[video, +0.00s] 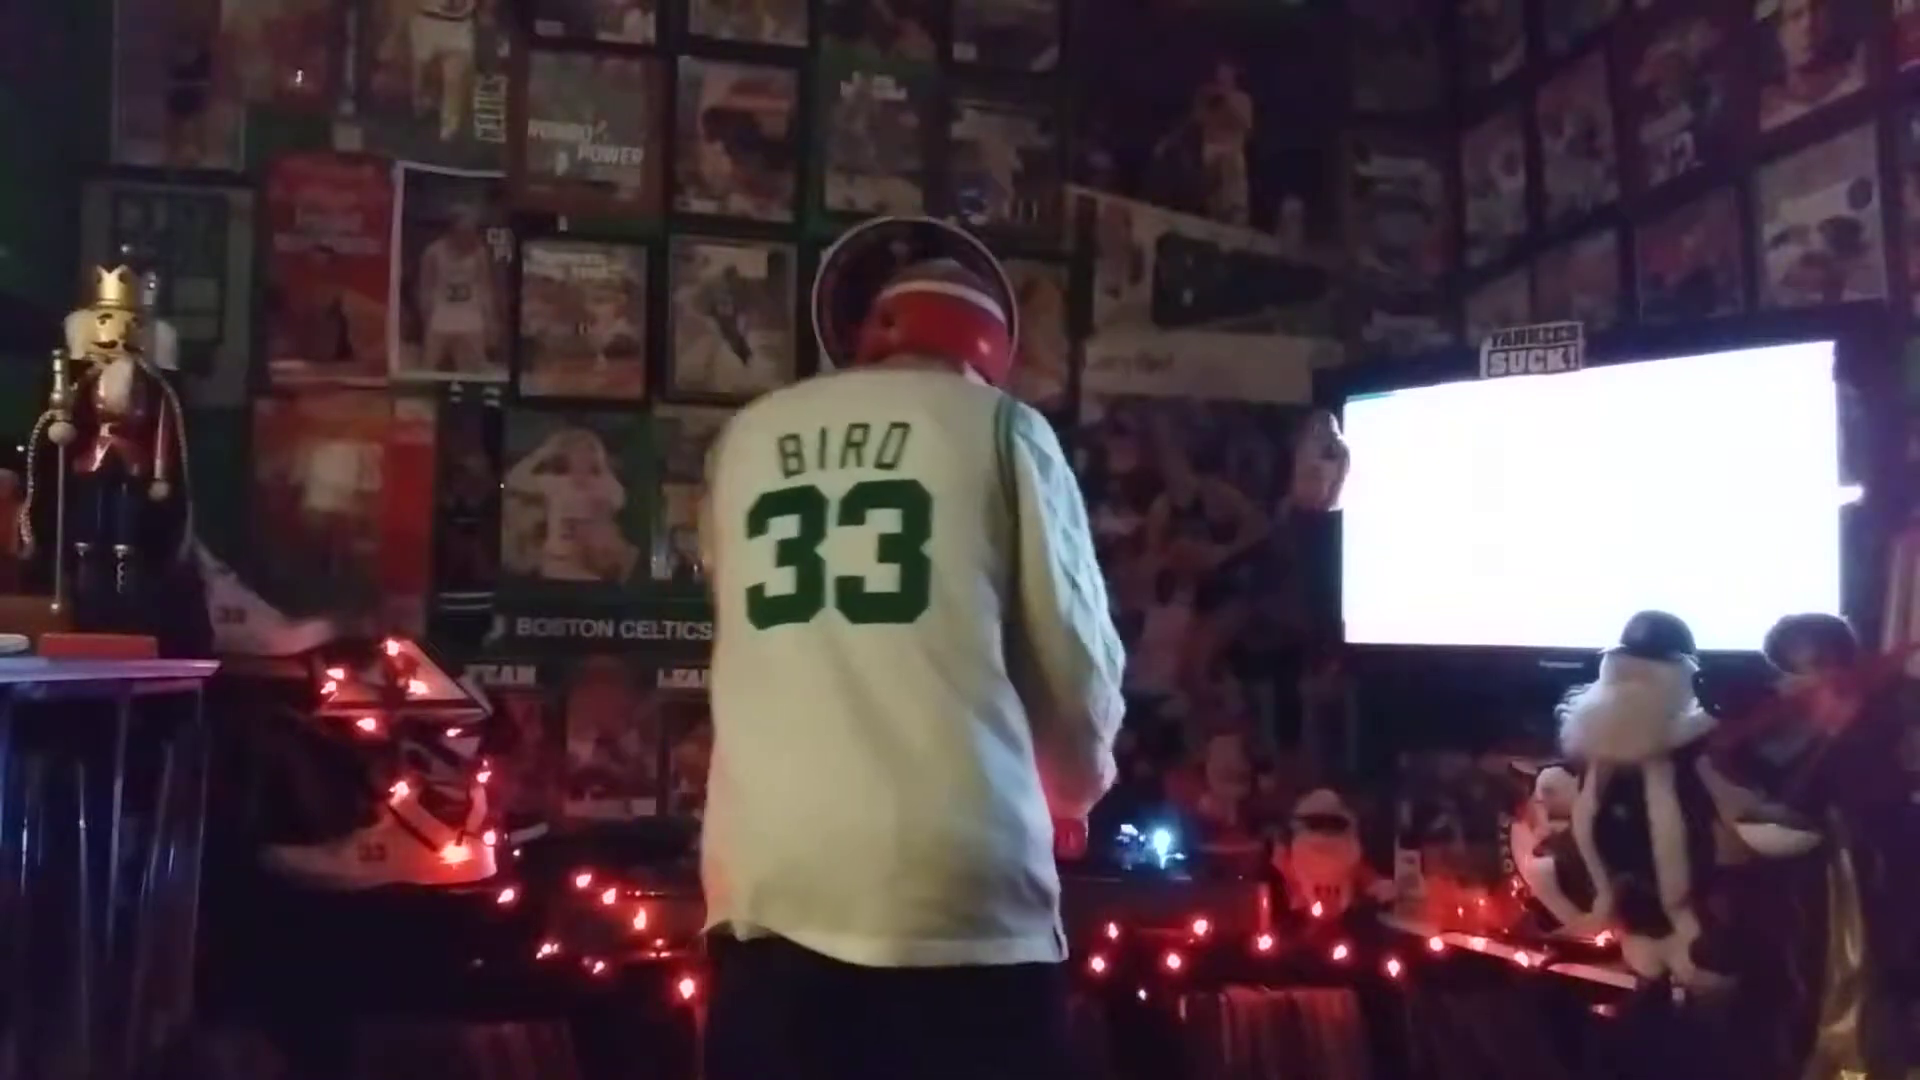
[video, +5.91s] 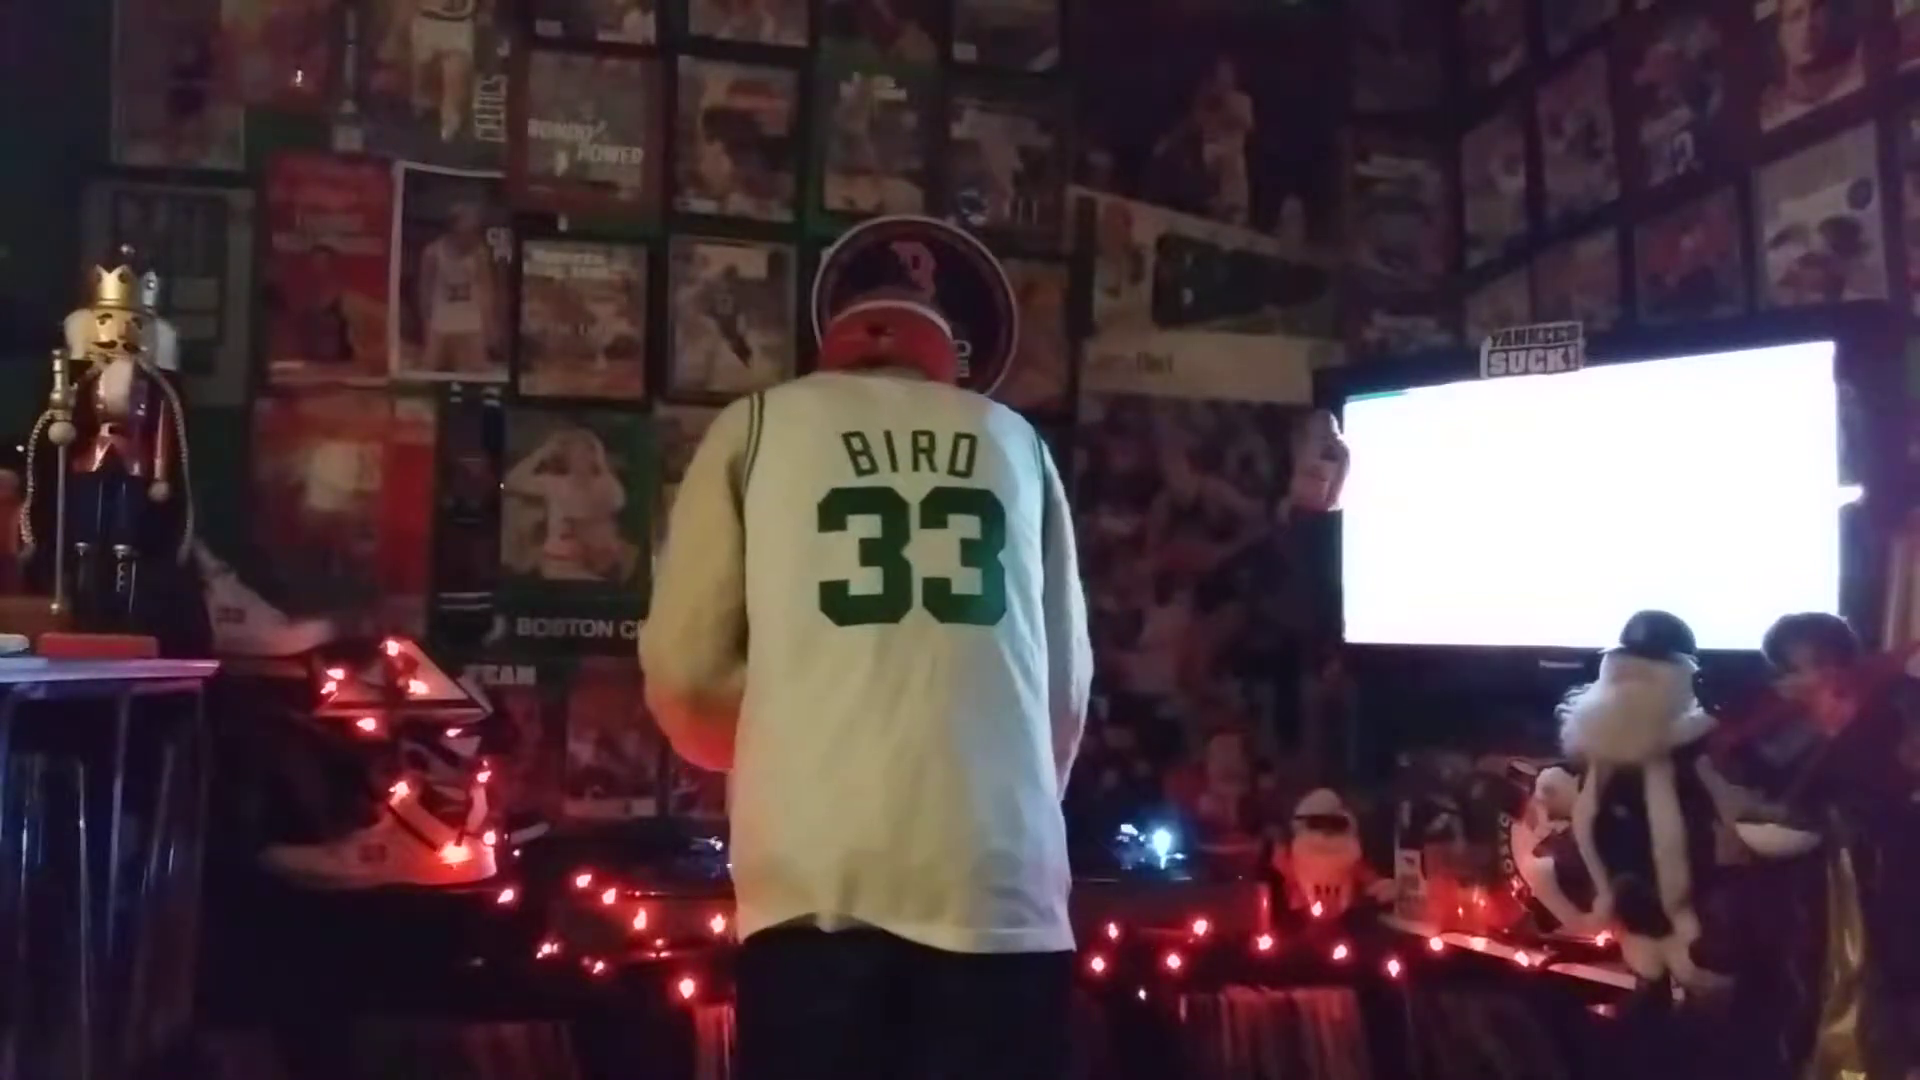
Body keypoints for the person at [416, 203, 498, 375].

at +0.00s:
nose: (465, 237)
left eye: (469, 232)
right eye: (461, 232)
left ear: (474, 232)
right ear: (452, 231)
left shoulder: (480, 253)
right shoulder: (435, 252)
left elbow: (487, 289)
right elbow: (425, 287)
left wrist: (490, 322)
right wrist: (428, 314)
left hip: (471, 325)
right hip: (440, 324)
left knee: (472, 377)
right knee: (432, 377)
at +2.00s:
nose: (467, 235)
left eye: (470, 231)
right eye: (463, 230)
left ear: (475, 230)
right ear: (454, 229)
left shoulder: (479, 252)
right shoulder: (434, 252)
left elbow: (486, 290)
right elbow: (425, 288)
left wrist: (489, 323)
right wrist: (427, 318)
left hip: (471, 326)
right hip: (440, 326)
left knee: (473, 376)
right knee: (436, 376)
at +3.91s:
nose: (465, 234)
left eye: (469, 230)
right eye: (461, 229)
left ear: (474, 229)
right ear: (452, 227)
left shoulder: (481, 252)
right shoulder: (434, 253)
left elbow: (487, 290)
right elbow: (425, 288)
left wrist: (490, 323)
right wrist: (427, 316)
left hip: (472, 328)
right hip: (440, 327)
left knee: (472, 379)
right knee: (433, 378)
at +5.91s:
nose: (468, 236)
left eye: (472, 230)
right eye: (464, 230)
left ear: (477, 229)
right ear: (454, 228)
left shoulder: (481, 252)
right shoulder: (434, 253)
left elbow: (488, 290)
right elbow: (425, 287)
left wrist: (490, 324)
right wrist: (426, 317)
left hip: (472, 327)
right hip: (440, 327)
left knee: (473, 380)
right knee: (434, 379)